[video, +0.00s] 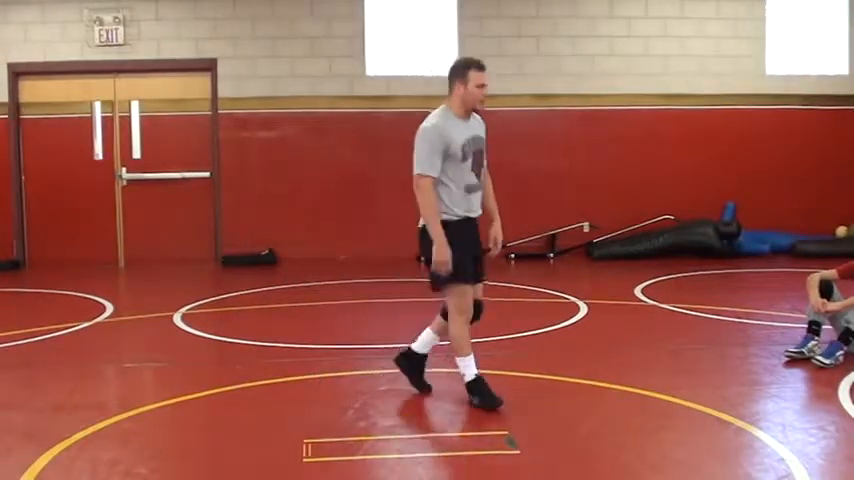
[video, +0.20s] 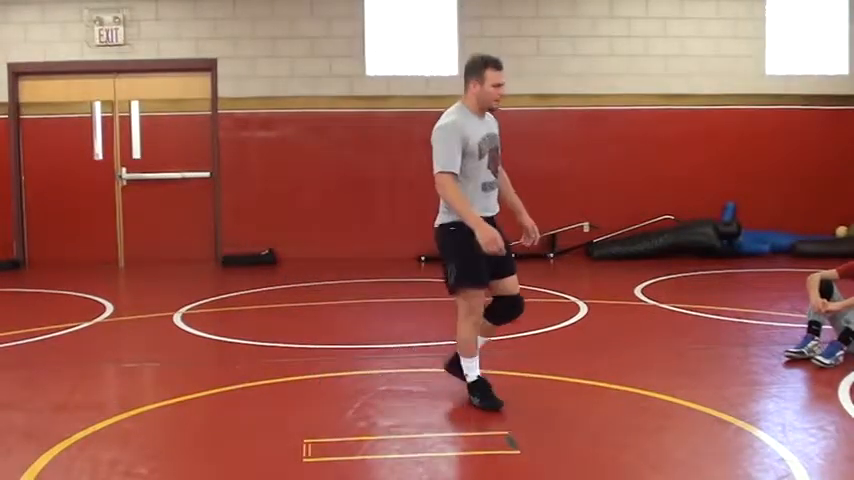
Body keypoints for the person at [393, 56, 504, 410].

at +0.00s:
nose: (485, 93)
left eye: (486, 87)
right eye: (479, 87)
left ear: (474, 89)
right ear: (457, 87)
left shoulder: (477, 124)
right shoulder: (432, 129)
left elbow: (482, 173)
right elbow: (423, 185)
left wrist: (495, 218)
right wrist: (439, 240)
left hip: (470, 225)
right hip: (444, 227)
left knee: (470, 307)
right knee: (460, 307)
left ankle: (414, 353)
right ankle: (473, 382)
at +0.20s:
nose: (502, 92)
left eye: (503, 86)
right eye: (496, 86)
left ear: (486, 87)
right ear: (474, 86)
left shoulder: (489, 121)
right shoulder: (449, 126)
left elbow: (495, 172)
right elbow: (445, 184)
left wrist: (522, 214)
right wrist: (480, 226)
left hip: (487, 223)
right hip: (457, 227)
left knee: (509, 305)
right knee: (471, 305)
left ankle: (462, 355)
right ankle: (475, 381)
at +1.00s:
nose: (561, 85)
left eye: (569, 79)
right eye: (554, 77)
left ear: (579, 85)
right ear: (543, 80)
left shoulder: (584, 131)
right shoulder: (514, 118)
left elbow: (600, 185)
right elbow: (483, 164)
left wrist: (625, 232)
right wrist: (475, 208)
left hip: (559, 229)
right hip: (516, 228)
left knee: (561, 320)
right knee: (524, 318)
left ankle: (552, 397)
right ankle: (510, 377)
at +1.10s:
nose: (561, 84)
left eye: (569, 78)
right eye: (555, 76)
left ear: (581, 83)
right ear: (546, 79)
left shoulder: (591, 130)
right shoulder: (517, 117)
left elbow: (609, 185)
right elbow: (486, 162)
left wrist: (640, 232)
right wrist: (472, 205)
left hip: (563, 229)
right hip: (519, 228)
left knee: (564, 315)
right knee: (526, 319)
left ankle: (553, 398)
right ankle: (521, 398)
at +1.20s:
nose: (563, 84)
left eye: (571, 77)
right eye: (557, 76)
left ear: (585, 83)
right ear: (549, 79)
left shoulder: (597, 133)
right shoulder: (521, 116)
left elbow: (615, 187)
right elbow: (489, 161)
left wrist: (640, 233)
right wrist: (470, 208)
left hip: (563, 229)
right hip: (518, 226)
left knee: (565, 317)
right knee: (527, 318)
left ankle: (553, 398)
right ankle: (524, 398)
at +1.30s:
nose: (564, 84)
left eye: (573, 77)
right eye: (559, 76)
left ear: (588, 82)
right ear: (551, 78)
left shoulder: (601, 134)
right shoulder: (523, 115)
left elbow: (615, 189)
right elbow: (493, 160)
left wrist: (633, 240)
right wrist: (472, 209)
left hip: (563, 230)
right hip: (517, 225)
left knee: (564, 319)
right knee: (524, 318)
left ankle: (553, 398)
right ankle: (523, 396)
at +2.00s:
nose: (522, 91)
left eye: (531, 84)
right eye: (518, 83)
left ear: (549, 86)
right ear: (511, 83)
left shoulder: (569, 134)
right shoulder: (487, 122)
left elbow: (576, 194)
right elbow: (462, 173)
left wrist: (560, 245)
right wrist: (450, 225)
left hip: (540, 237)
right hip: (488, 234)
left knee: (548, 323)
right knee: (472, 321)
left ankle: (550, 399)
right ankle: (455, 408)